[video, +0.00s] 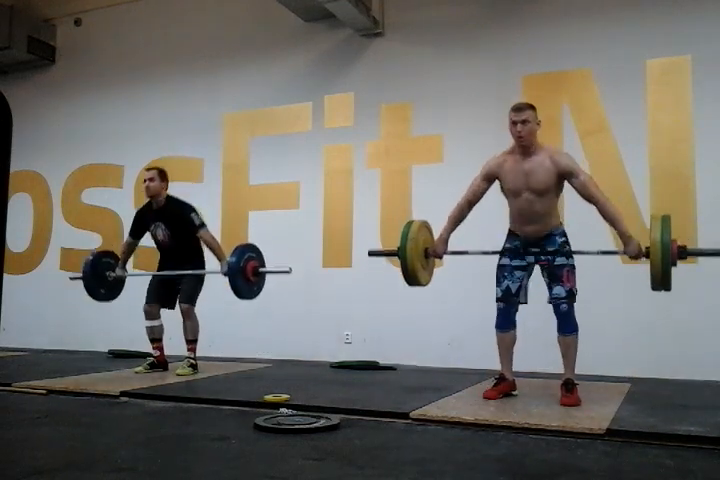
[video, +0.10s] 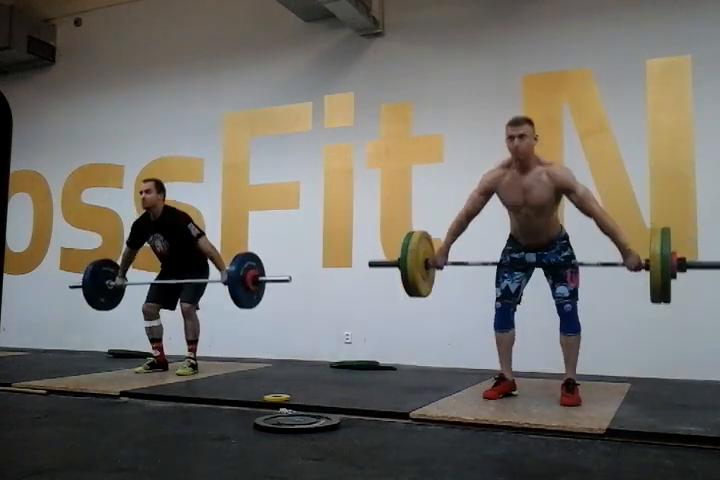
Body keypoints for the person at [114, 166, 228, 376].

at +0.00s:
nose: (146, 184)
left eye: (151, 180)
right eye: (144, 181)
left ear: (164, 184)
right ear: (143, 186)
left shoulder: (183, 209)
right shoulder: (144, 214)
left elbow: (205, 235)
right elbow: (131, 242)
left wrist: (223, 260)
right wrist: (121, 265)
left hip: (193, 265)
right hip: (167, 265)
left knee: (186, 306)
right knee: (150, 308)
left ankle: (191, 360)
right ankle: (159, 359)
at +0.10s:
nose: (143, 196)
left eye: (148, 192)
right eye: (141, 193)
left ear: (160, 196)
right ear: (141, 197)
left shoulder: (179, 218)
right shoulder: (141, 225)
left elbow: (204, 243)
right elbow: (130, 251)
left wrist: (223, 269)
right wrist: (121, 275)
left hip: (195, 267)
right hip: (170, 269)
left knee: (187, 307)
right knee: (149, 309)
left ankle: (191, 360)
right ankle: (159, 359)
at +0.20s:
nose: (143, 202)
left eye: (148, 198)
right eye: (141, 199)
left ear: (161, 202)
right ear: (140, 203)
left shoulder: (178, 223)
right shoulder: (141, 231)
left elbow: (202, 246)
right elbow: (130, 256)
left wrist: (221, 274)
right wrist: (119, 280)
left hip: (196, 271)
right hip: (171, 272)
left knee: (186, 308)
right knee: (148, 309)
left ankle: (191, 360)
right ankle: (159, 359)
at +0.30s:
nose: (146, 200)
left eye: (150, 197)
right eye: (144, 198)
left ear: (163, 201)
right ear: (142, 203)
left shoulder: (179, 224)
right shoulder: (142, 231)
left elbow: (203, 247)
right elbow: (129, 256)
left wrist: (220, 274)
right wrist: (118, 281)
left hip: (195, 274)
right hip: (171, 275)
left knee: (181, 309)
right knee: (146, 311)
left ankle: (191, 361)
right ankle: (159, 359)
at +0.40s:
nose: (149, 192)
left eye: (155, 188)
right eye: (148, 189)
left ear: (168, 195)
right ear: (147, 195)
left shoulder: (181, 219)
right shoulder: (143, 225)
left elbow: (204, 242)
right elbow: (130, 249)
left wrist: (218, 268)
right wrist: (117, 274)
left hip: (191, 275)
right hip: (166, 276)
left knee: (176, 311)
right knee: (142, 313)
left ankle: (190, 360)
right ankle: (158, 360)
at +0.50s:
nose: (157, 176)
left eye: (163, 174)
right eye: (156, 174)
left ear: (174, 182)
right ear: (155, 182)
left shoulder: (185, 208)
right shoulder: (147, 211)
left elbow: (205, 231)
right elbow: (131, 238)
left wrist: (217, 255)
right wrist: (116, 260)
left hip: (180, 272)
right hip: (156, 272)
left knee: (172, 314)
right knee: (139, 316)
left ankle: (188, 360)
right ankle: (159, 360)